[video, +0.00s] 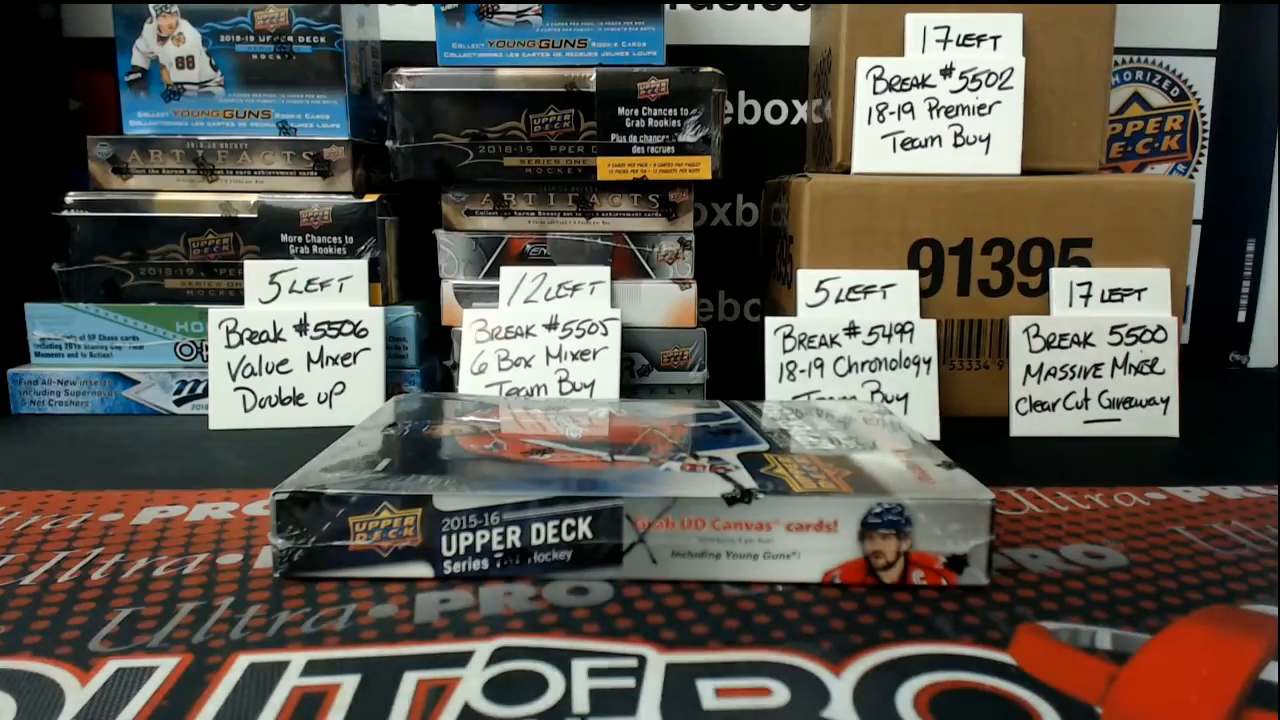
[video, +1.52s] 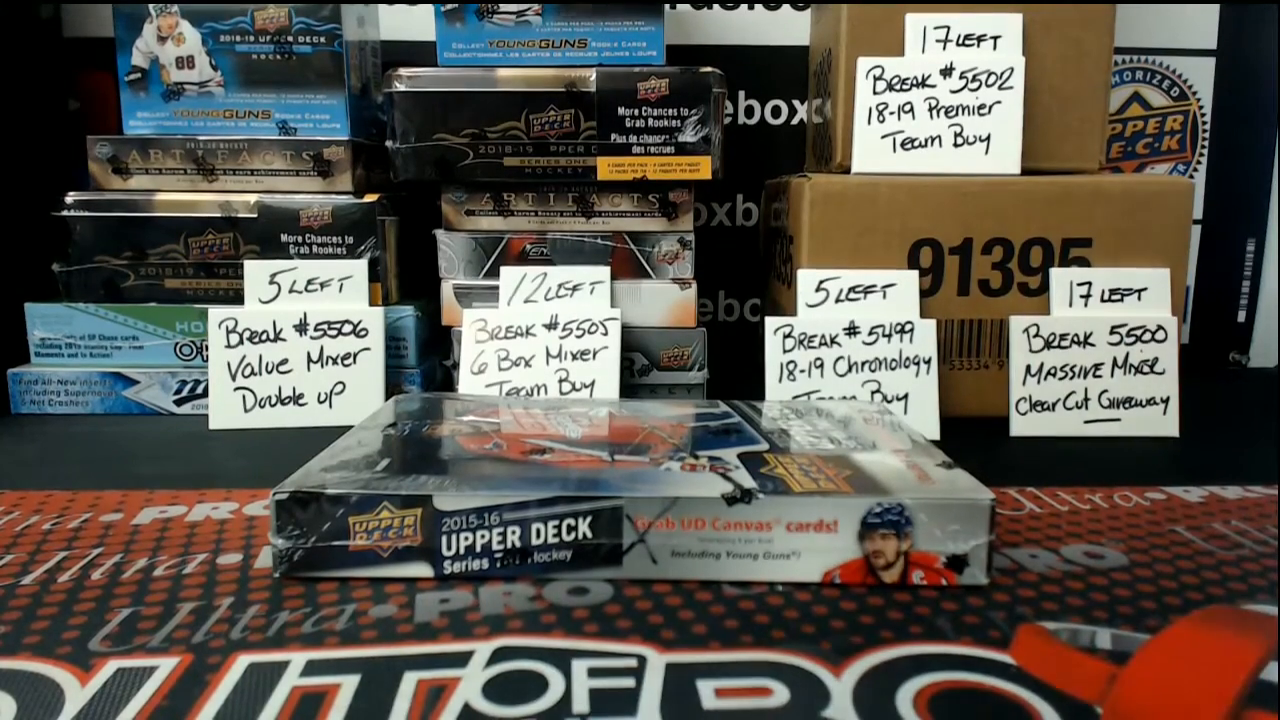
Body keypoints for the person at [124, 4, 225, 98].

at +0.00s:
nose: (169, 23)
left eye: (173, 17)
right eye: (164, 18)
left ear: (178, 18)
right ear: (156, 19)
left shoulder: (186, 35)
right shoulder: (150, 28)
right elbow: (141, 50)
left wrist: (178, 89)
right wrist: (137, 73)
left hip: (209, 84)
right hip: (181, 84)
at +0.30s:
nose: (169, 22)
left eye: (173, 17)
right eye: (164, 18)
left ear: (178, 18)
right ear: (156, 19)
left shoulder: (186, 35)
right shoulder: (150, 28)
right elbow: (141, 50)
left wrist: (178, 89)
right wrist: (137, 73)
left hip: (209, 84)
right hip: (182, 84)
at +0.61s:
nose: (170, 22)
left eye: (173, 17)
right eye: (164, 17)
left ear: (178, 17)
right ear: (156, 20)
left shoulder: (186, 35)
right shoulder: (150, 29)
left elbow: (188, 66)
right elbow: (142, 50)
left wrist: (178, 88)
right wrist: (137, 70)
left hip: (208, 83)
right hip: (181, 83)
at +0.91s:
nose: (169, 22)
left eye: (172, 16)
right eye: (163, 17)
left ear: (177, 16)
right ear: (155, 19)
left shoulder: (186, 34)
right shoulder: (149, 28)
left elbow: (188, 66)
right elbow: (141, 49)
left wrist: (179, 87)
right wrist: (137, 70)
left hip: (209, 83)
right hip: (182, 85)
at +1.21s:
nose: (170, 23)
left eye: (173, 17)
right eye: (164, 18)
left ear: (178, 17)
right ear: (156, 20)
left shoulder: (186, 36)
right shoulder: (150, 28)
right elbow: (142, 50)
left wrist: (178, 88)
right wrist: (137, 72)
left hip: (208, 84)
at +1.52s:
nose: (170, 22)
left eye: (173, 17)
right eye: (164, 18)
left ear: (178, 17)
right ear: (156, 20)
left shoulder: (186, 36)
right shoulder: (150, 29)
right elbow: (142, 50)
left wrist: (178, 88)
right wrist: (137, 72)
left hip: (209, 84)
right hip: (181, 84)